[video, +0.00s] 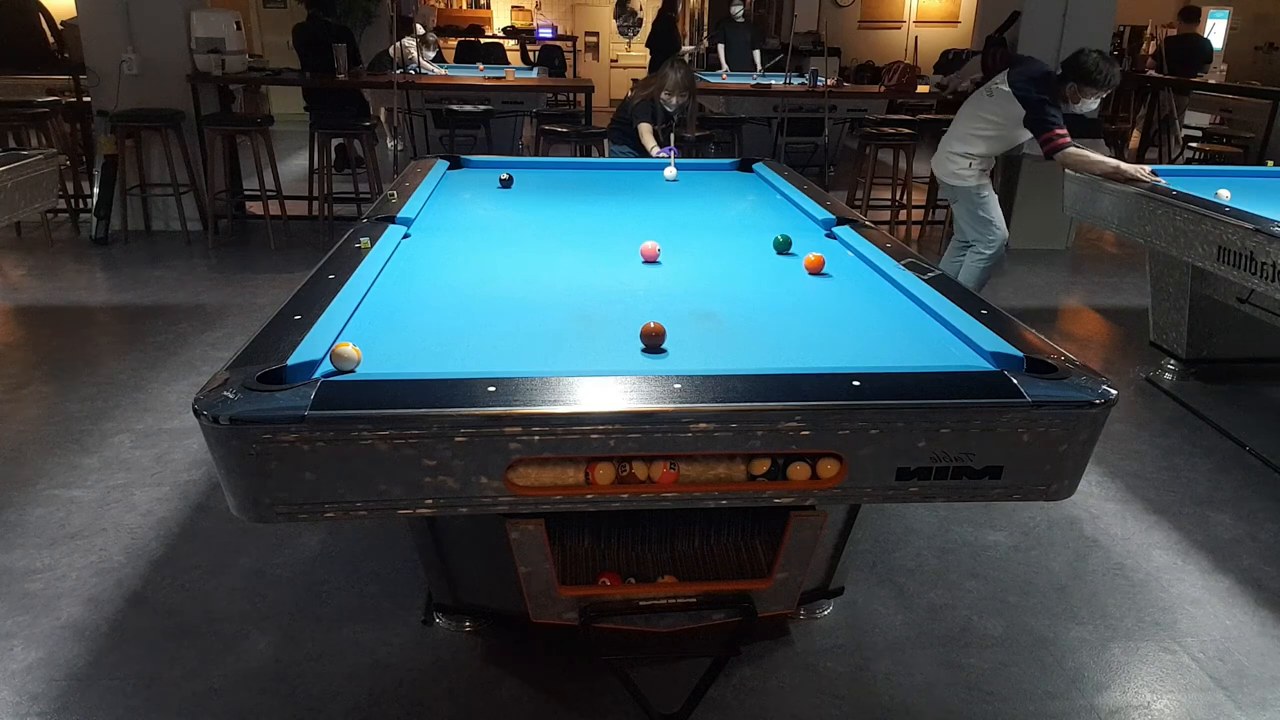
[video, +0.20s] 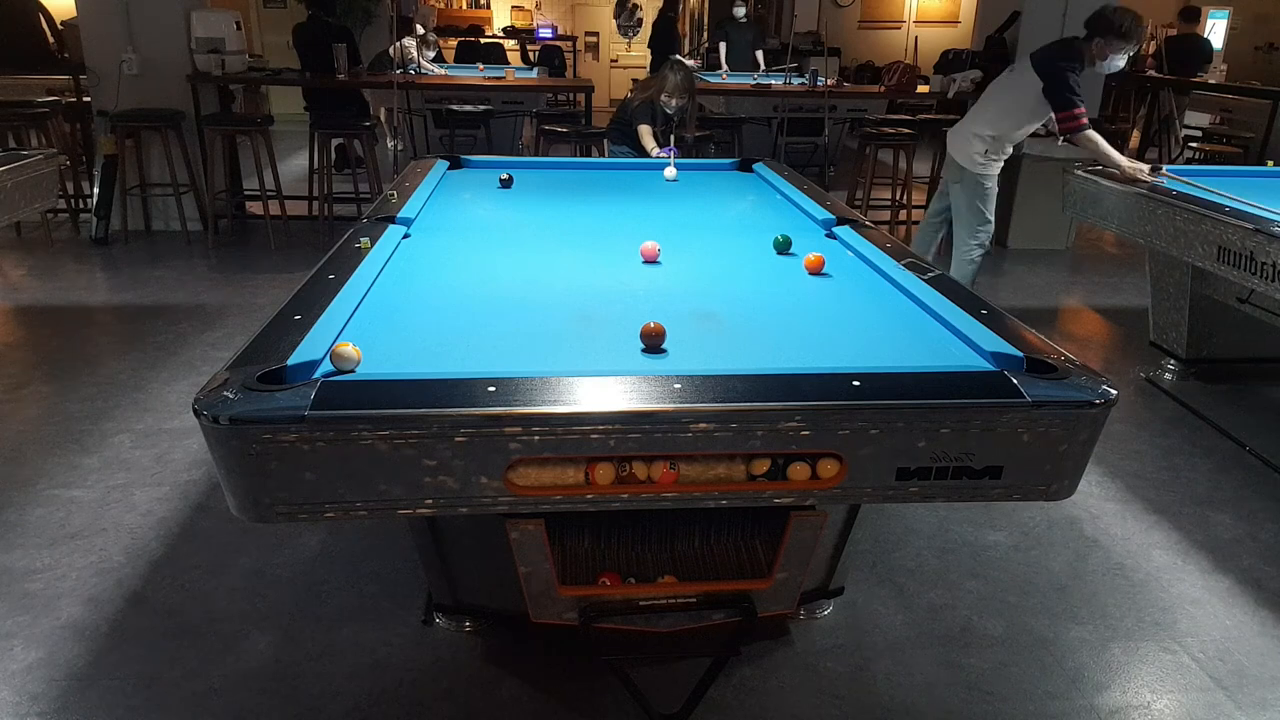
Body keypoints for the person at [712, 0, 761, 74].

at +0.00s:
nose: (735, 10)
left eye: (738, 7)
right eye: (733, 7)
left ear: (743, 8)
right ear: (730, 9)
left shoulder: (750, 26)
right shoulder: (724, 25)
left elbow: (755, 48)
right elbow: (720, 46)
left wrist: (758, 66)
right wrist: (723, 65)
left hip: (748, 71)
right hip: (730, 71)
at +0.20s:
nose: (738, 10)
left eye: (741, 8)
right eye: (736, 8)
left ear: (746, 9)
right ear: (732, 10)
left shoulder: (753, 26)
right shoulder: (725, 25)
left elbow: (758, 48)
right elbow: (722, 44)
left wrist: (762, 65)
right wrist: (723, 64)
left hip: (749, 69)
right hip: (731, 70)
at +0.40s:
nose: (740, 10)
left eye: (743, 8)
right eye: (738, 8)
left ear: (748, 10)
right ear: (734, 10)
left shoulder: (754, 27)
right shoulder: (728, 25)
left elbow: (758, 49)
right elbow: (724, 44)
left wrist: (764, 64)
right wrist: (723, 63)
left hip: (750, 69)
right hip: (732, 69)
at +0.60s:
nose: (742, 11)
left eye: (745, 8)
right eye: (739, 7)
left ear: (750, 10)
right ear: (736, 9)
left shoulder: (755, 27)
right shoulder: (729, 24)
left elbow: (760, 48)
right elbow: (725, 43)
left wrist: (765, 65)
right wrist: (723, 63)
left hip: (750, 69)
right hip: (732, 69)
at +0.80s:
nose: (743, 11)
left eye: (746, 8)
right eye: (740, 8)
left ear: (751, 10)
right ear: (736, 10)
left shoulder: (755, 26)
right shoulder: (730, 24)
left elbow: (760, 47)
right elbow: (725, 43)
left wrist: (765, 65)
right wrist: (723, 64)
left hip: (750, 68)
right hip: (733, 68)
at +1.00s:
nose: (744, 11)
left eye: (747, 9)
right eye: (741, 8)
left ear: (751, 11)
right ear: (737, 10)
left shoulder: (756, 26)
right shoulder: (730, 24)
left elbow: (761, 47)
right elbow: (725, 44)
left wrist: (765, 65)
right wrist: (723, 63)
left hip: (751, 67)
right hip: (734, 68)